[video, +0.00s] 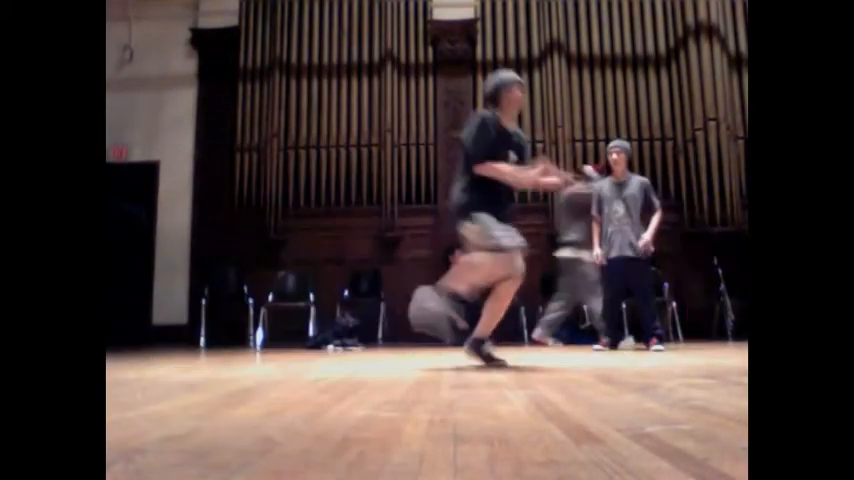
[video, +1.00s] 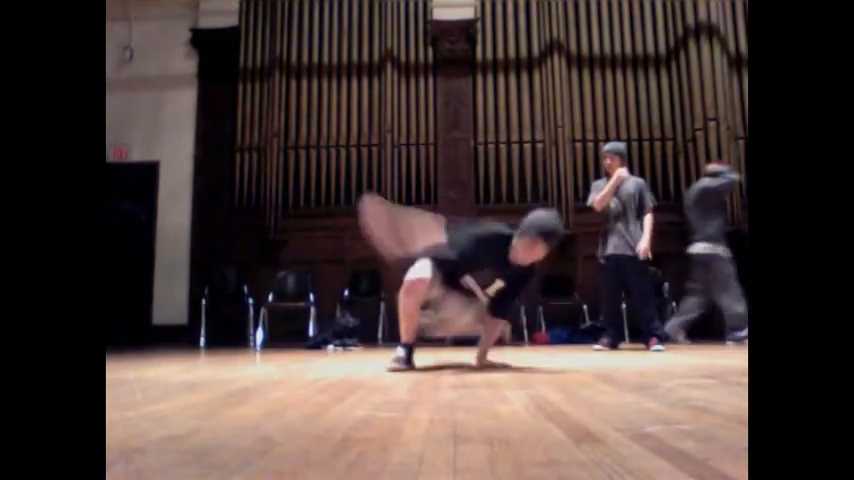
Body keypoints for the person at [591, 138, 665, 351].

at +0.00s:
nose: (615, 158)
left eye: (619, 153)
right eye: (612, 154)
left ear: (627, 157)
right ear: (607, 159)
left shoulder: (641, 183)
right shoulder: (600, 187)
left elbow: (657, 211)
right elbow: (596, 219)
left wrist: (648, 235)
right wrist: (596, 246)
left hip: (636, 250)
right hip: (611, 251)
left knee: (644, 297)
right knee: (610, 299)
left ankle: (652, 337)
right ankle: (610, 337)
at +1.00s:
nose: (608, 162)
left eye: (612, 158)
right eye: (605, 159)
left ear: (622, 160)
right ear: (603, 162)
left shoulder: (637, 183)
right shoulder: (599, 185)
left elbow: (648, 212)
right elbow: (597, 205)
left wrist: (645, 240)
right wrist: (615, 180)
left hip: (633, 248)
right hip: (609, 250)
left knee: (642, 296)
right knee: (610, 298)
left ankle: (652, 336)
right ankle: (610, 336)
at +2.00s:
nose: (610, 162)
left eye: (614, 158)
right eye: (607, 158)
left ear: (623, 160)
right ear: (605, 162)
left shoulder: (639, 184)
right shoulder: (598, 188)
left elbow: (651, 211)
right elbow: (592, 214)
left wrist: (647, 241)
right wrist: (608, 226)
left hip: (636, 250)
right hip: (611, 251)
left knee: (644, 296)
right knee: (610, 298)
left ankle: (653, 336)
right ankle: (609, 337)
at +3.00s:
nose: (612, 159)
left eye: (616, 155)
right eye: (609, 155)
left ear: (625, 158)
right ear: (606, 159)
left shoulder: (639, 185)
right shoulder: (598, 187)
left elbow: (649, 215)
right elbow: (594, 219)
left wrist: (655, 245)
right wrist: (593, 247)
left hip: (636, 251)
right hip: (610, 252)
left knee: (645, 297)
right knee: (610, 299)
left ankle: (653, 336)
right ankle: (609, 337)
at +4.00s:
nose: (612, 159)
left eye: (616, 155)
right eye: (609, 155)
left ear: (625, 158)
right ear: (606, 160)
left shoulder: (640, 185)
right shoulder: (598, 188)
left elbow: (649, 215)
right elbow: (595, 219)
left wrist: (652, 245)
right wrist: (595, 246)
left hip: (636, 251)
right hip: (610, 252)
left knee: (645, 297)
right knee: (610, 299)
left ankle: (653, 336)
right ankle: (609, 337)